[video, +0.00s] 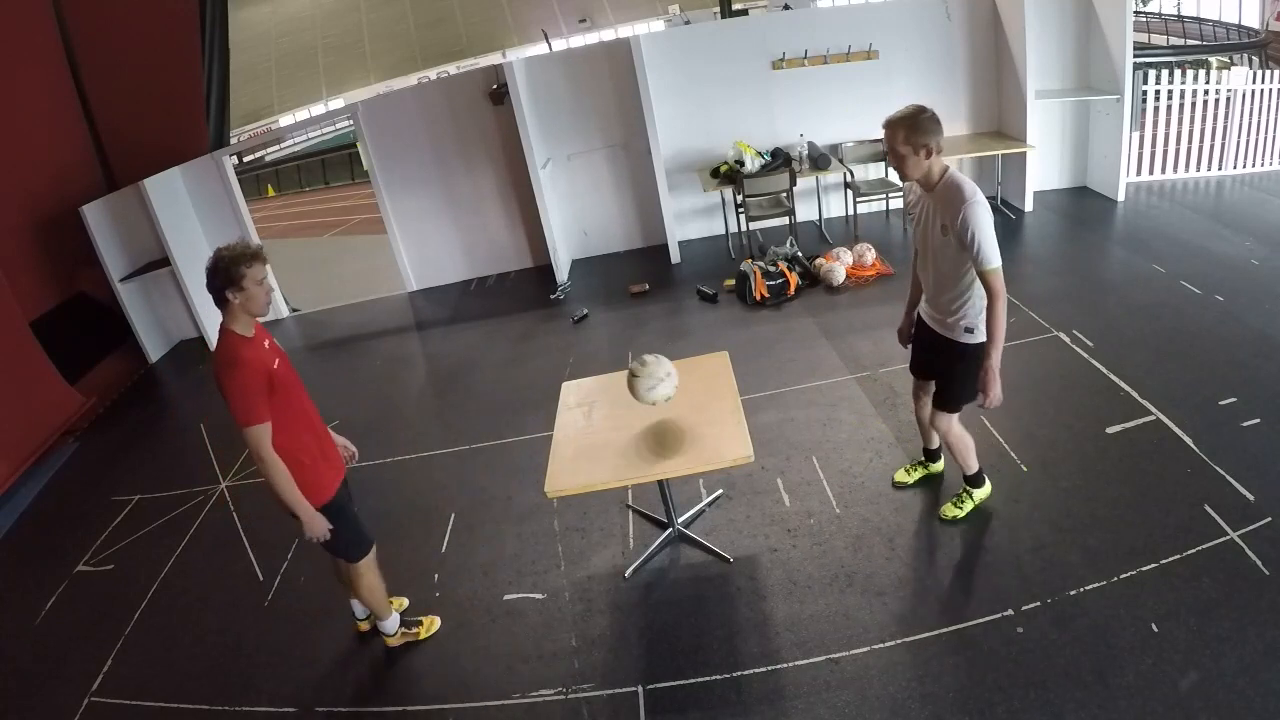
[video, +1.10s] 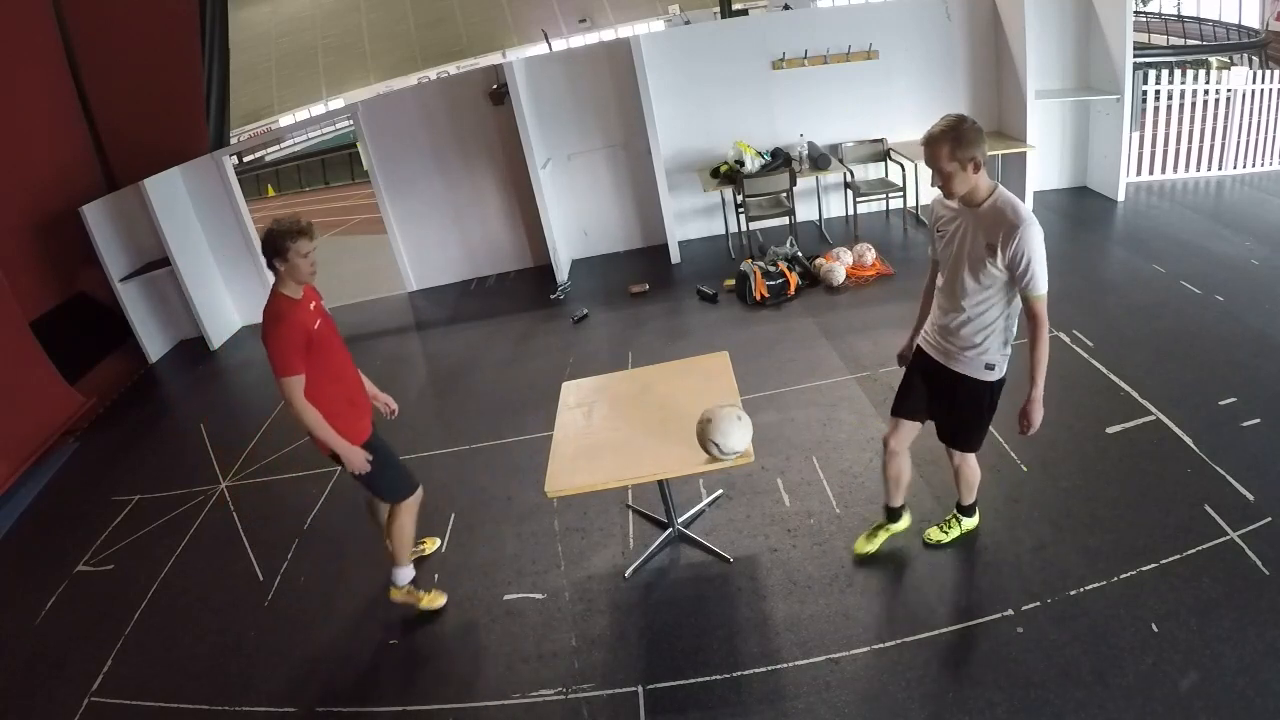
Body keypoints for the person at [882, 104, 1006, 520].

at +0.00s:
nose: (891, 163)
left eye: (897, 155)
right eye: (888, 154)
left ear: (928, 151)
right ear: (919, 152)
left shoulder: (966, 202)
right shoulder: (916, 190)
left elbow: (997, 291)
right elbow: (920, 260)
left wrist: (992, 364)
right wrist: (909, 314)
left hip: (966, 331)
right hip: (929, 319)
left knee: (944, 420)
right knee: (921, 394)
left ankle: (977, 484)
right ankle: (932, 459)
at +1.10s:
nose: (935, 181)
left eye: (941, 171)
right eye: (932, 170)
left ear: (974, 166)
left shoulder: (1017, 225)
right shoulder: (943, 209)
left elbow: (1038, 318)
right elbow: (935, 279)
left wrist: (1036, 395)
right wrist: (915, 337)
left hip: (976, 365)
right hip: (931, 348)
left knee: (961, 451)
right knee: (894, 441)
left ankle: (966, 516)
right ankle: (894, 517)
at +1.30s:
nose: (936, 188)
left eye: (943, 178)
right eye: (934, 177)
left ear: (976, 173)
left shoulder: (1020, 233)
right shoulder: (937, 217)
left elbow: (1042, 327)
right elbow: (929, 287)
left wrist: (1026, 404)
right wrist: (917, 339)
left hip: (969, 374)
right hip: (920, 351)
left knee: (951, 459)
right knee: (858, 433)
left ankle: (965, 517)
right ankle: (827, 528)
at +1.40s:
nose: (932, 194)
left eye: (939, 185)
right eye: (930, 184)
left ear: (972, 179)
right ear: (958, 176)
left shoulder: (1015, 237)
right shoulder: (934, 221)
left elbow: (1036, 334)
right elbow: (925, 291)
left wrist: (1018, 412)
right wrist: (913, 345)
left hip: (965, 378)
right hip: (916, 352)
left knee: (947, 461)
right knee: (844, 420)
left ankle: (966, 516)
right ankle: (787, 521)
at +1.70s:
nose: (897, 193)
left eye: (904, 183)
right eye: (894, 182)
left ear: (937, 175)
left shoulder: (981, 231)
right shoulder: (908, 216)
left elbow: (1004, 334)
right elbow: (900, 282)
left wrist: (973, 413)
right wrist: (873, 343)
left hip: (953, 372)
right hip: (902, 353)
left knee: (943, 461)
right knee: (850, 446)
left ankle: (964, 513)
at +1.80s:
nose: (887, 202)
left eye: (895, 192)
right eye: (883, 191)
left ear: (926, 181)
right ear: (886, 182)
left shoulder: (973, 236)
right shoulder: (893, 227)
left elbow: (1006, 334)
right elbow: (883, 286)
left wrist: (986, 417)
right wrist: (851, 349)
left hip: (942, 384)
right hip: (894, 367)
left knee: (902, 484)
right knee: (879, 465)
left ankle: (953, 508)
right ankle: (895, 529)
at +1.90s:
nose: (870, 216)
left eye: (875, 205)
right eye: (865, 205)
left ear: (908, 193)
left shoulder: (962, 244)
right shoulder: (881, 238)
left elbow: (1010, 332)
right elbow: (861, 301)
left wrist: (1015, 413)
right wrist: (832, 361)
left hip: (937, 384)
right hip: (896, 365)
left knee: (864, 472)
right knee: (883, 457)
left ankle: (920, 518)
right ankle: (896, 528)